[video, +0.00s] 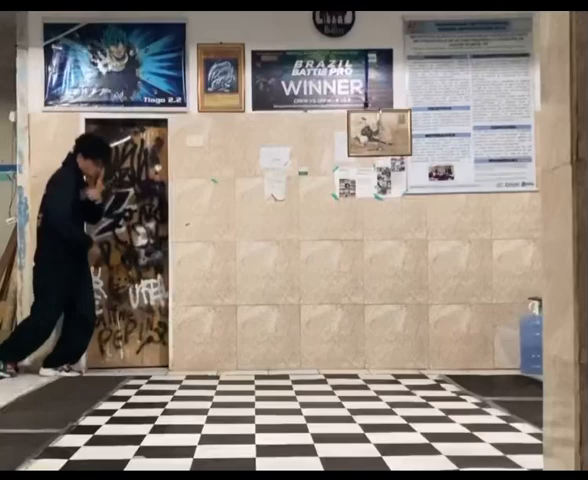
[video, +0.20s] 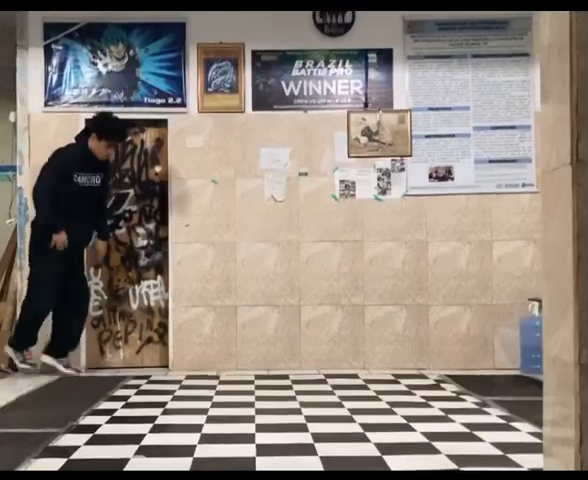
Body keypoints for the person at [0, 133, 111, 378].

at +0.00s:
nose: (99, 170)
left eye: (102, 165)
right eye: (97, 164)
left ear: (84, 159)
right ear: (82, 158)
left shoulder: (79, 181)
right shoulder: (63, 180)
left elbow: (91, 217)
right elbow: (60, 221)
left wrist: (95, 201)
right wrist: (87, 243)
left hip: (74, 258)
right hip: (52, 259)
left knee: (83, 317)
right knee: (45, 316)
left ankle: (56, 363)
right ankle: (7, 356)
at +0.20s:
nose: (111, 152)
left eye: (113, 147)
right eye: (108, 146)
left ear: (105, 142)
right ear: (93, 137)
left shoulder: (102, 167)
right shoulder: (65, 157)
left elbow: (99, 204)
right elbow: (41, 193)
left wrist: (104, 235)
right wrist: (54, 228)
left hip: (75, 243)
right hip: (49, 240)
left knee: (76, 298)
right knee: (42, 294)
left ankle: (56, 354)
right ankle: (17, 347)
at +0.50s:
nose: (111, 189)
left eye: (114, 183)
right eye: (107, 182)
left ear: (117, 182)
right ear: (92, 177)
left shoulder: (119, 211)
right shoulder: (65, 198)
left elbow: (109, 244)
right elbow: (41, 226)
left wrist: (97, 265)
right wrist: (36, 256)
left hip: (84, 269)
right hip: (55, 261)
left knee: (51, 313)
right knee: (70, 310)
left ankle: (11, 355)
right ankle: (56, 364)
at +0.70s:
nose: (152, 175)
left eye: (156, 169)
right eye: (149, 168)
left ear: (158, 167)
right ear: (134, 161)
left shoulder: (153, 190)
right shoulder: (108, 180)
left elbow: (152, 217)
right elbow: (77, 210)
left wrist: (153, 233)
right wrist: (105, 235)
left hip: (122, 254)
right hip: (90, 251)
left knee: (122, 305)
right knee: (84, 304)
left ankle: (86, 336)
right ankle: (60, 358)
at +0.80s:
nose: (182, 171)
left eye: (185, 166)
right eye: (179, 165)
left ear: (185, 162)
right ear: (165, 156)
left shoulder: (175, 181)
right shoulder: (137, 173)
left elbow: (166, 205)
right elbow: (114, 207)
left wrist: (173, 213)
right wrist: (150, 222)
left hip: (147, 245)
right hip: (117, 245)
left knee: (165, 284)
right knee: (126, 294)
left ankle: (151, 335)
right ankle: (90, 337)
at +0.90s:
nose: (211, 182)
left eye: (214, 177)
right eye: (209, 175)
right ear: (196, 167)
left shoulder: (195, 188)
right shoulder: (166, 184)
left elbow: (186, 215)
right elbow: (158, 222)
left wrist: (199, 221)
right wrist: (190, 230)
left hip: (167, 245)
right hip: (139, 245)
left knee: (193, 285)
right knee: (170, 288)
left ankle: (207, 347)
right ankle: (155, 325)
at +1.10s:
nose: (257, 207)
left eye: (260, 201)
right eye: (254, 201)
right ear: (238, 196)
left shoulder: (232, 218)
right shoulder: (219, 219)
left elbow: (226, 258)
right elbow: (217, 262)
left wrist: (246, 275)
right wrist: (242, 281)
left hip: (206, 271)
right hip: (184, 274)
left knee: (251, 311)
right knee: (229, 316)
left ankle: (251, 366)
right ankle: (215, 365)